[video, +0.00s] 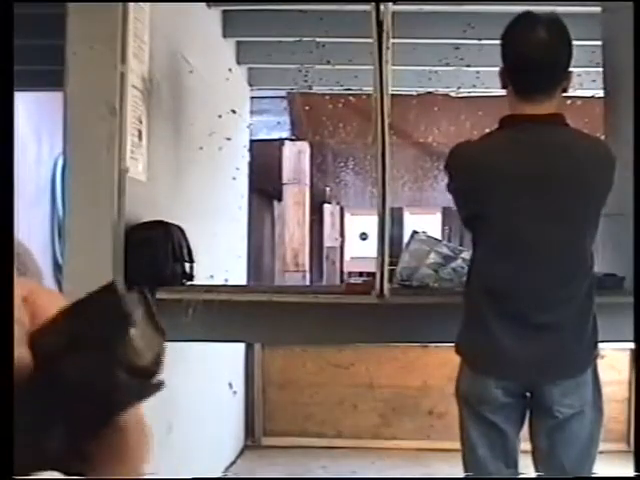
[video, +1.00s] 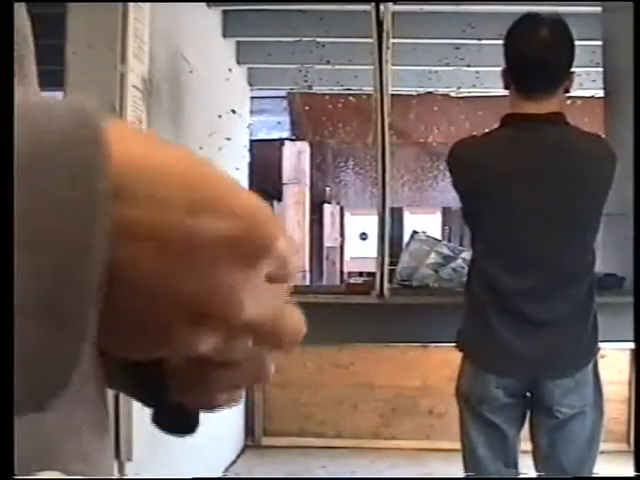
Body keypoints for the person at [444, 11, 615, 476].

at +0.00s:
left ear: (503, 79)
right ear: (567, 80)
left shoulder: (467, 160)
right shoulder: (598, 159)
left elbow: (478, 222)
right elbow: (568, 220)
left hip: (489, 359)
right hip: (567, 362)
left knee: (489, 472)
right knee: (568, 472)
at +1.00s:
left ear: (505, 79)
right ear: (569, 81)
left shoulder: (467, 157)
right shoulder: (599, 157)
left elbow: (487, 223)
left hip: (490, 357)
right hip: (568, 360)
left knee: (489, 472)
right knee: (568, 472)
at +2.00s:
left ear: (505, 80)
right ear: (569, 82)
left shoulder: (468, 158)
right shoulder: (599, 156)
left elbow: (485, 221)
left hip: (491, 357)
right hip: (569, 360)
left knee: (489, 472)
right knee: (568, 472)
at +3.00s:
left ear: (504, 79)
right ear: (570, 81)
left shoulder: (467, 160)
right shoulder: (600, 156)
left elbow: (482, 220)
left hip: (493, 357)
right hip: (570, 358)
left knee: (491, 471)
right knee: (571, 472)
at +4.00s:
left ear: (501, 78)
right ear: (565, 80)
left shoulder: (465, 159)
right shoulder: (596, 155)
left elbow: (484, 220)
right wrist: (549, 117)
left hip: (490, 356)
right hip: (568, 358)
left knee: (489, 472)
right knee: (568, 472)